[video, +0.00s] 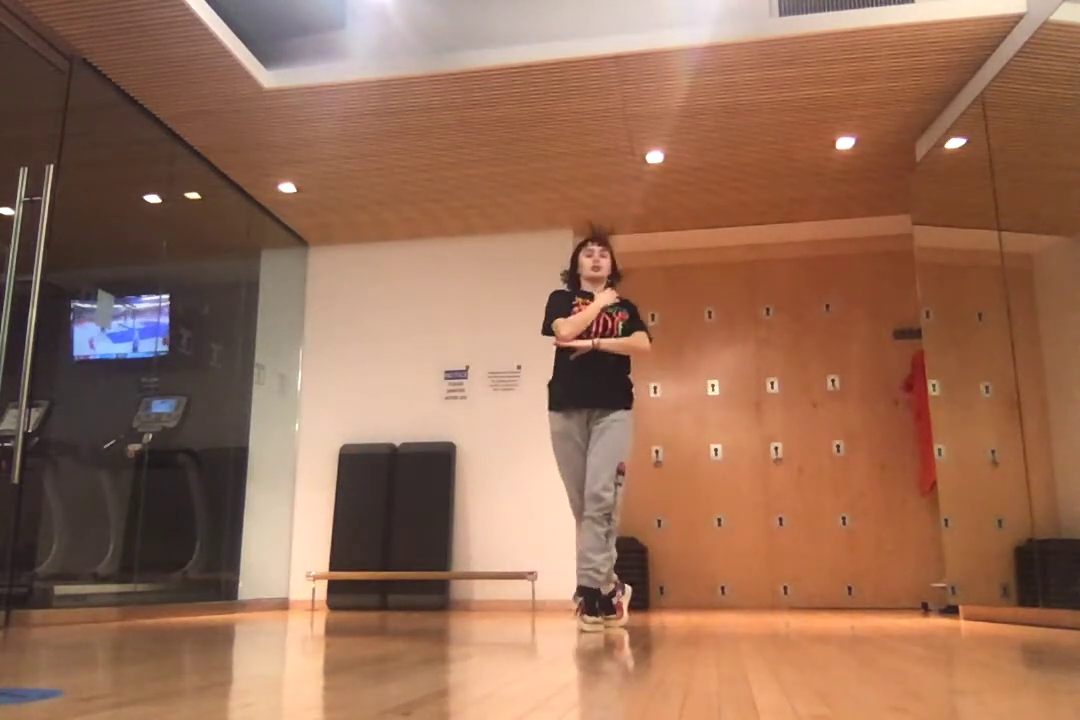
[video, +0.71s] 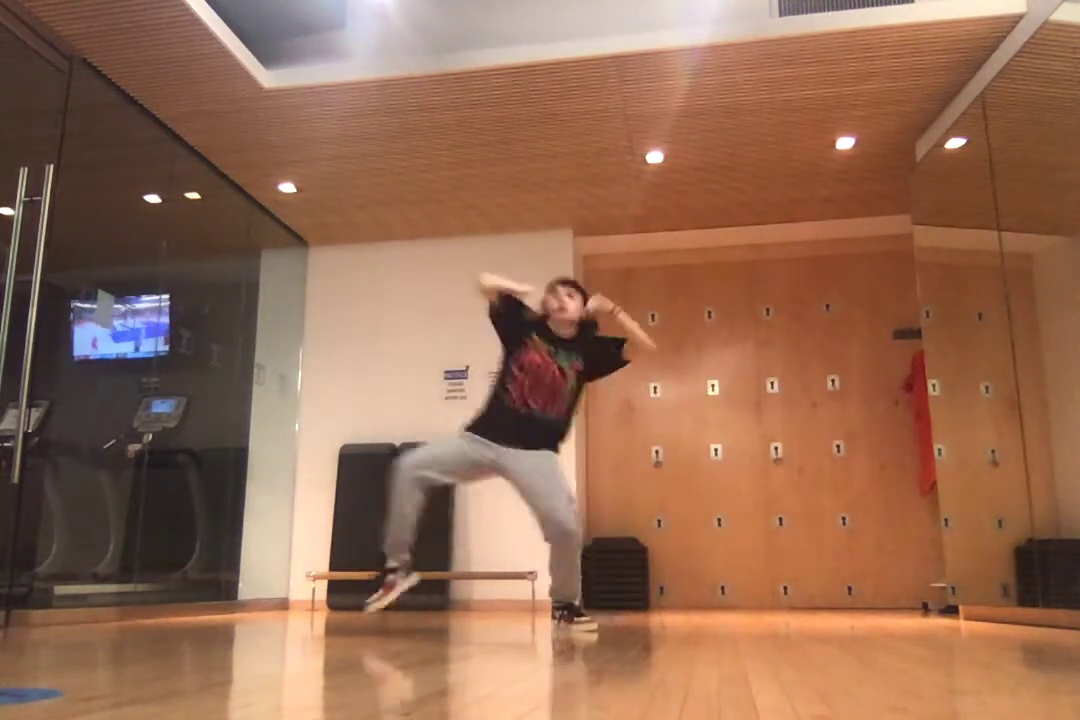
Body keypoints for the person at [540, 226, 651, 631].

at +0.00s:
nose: (597, 257)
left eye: (603, 253)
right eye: (589, 253)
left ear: (611, 263)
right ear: (576, 262)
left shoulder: (622, 305)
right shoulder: (562, 298)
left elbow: (643, 344)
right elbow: (562, 332)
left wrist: (592, 343)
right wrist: (600, 303)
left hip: (613, 410)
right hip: (566, 410)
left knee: (601, 499)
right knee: (582, 503)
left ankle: (589, 592)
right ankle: (610, 586)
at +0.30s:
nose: (597, 298)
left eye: (603, 294)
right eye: (589, 293)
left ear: (614, 306)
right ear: (575, 304)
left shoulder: (614, 347)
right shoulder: (558, 336)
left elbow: (640, 337)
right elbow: (552, 326)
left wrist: (591, 334)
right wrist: (598, 331)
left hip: (591, 447)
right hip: (545, 445)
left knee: (592, 519)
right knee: (546, 533)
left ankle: (569, 598)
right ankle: (593, 582)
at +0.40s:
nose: (589, 300)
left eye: (596, 296)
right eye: (581, 296)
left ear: (608, 306)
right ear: (569, 306)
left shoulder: (608, 349)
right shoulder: (551, 340)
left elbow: (634, 336)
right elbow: (543, 321)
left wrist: (584, 328)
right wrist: (589, 329)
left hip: (582, 459)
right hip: (533, 450)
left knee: (586, 523)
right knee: (488, 499)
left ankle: (567, 604)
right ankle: (499, 582)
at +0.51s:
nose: (584, 307)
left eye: (591, 303)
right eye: (576, 303)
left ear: (604, 312)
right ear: (563, 313)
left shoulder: (607, 357)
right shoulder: (550, 345)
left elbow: (630, 336)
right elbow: (532, 323)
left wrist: (580, 331)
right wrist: (573, 328)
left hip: (570, 462)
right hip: (522, 449)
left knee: (584, 526)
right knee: (465, 516)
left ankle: (565, 606)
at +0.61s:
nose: (578, 311)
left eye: (586, 306)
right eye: (572, 305)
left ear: (597, 319)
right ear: (562, 315)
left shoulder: (599, 361)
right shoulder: (543, 346)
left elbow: (632, 347)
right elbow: (516, 329)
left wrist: (593, 329)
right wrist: (559, 318)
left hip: (553, 462)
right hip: (502, 449)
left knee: (580, 526)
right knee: (449, 495)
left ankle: (566, 605)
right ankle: (411, 592)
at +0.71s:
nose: (561, 302)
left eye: (570, 297)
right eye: (555, 296)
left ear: (582, 310)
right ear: (544, 304)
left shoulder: (588, 352)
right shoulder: (522, 328)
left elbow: (645, 347)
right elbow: (486, 283)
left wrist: (615, 311)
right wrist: (527, 293)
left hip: (535, 454)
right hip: (483, 440)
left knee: (565, 526)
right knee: (410, 466)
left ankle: (567, 608)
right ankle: (397, 569)